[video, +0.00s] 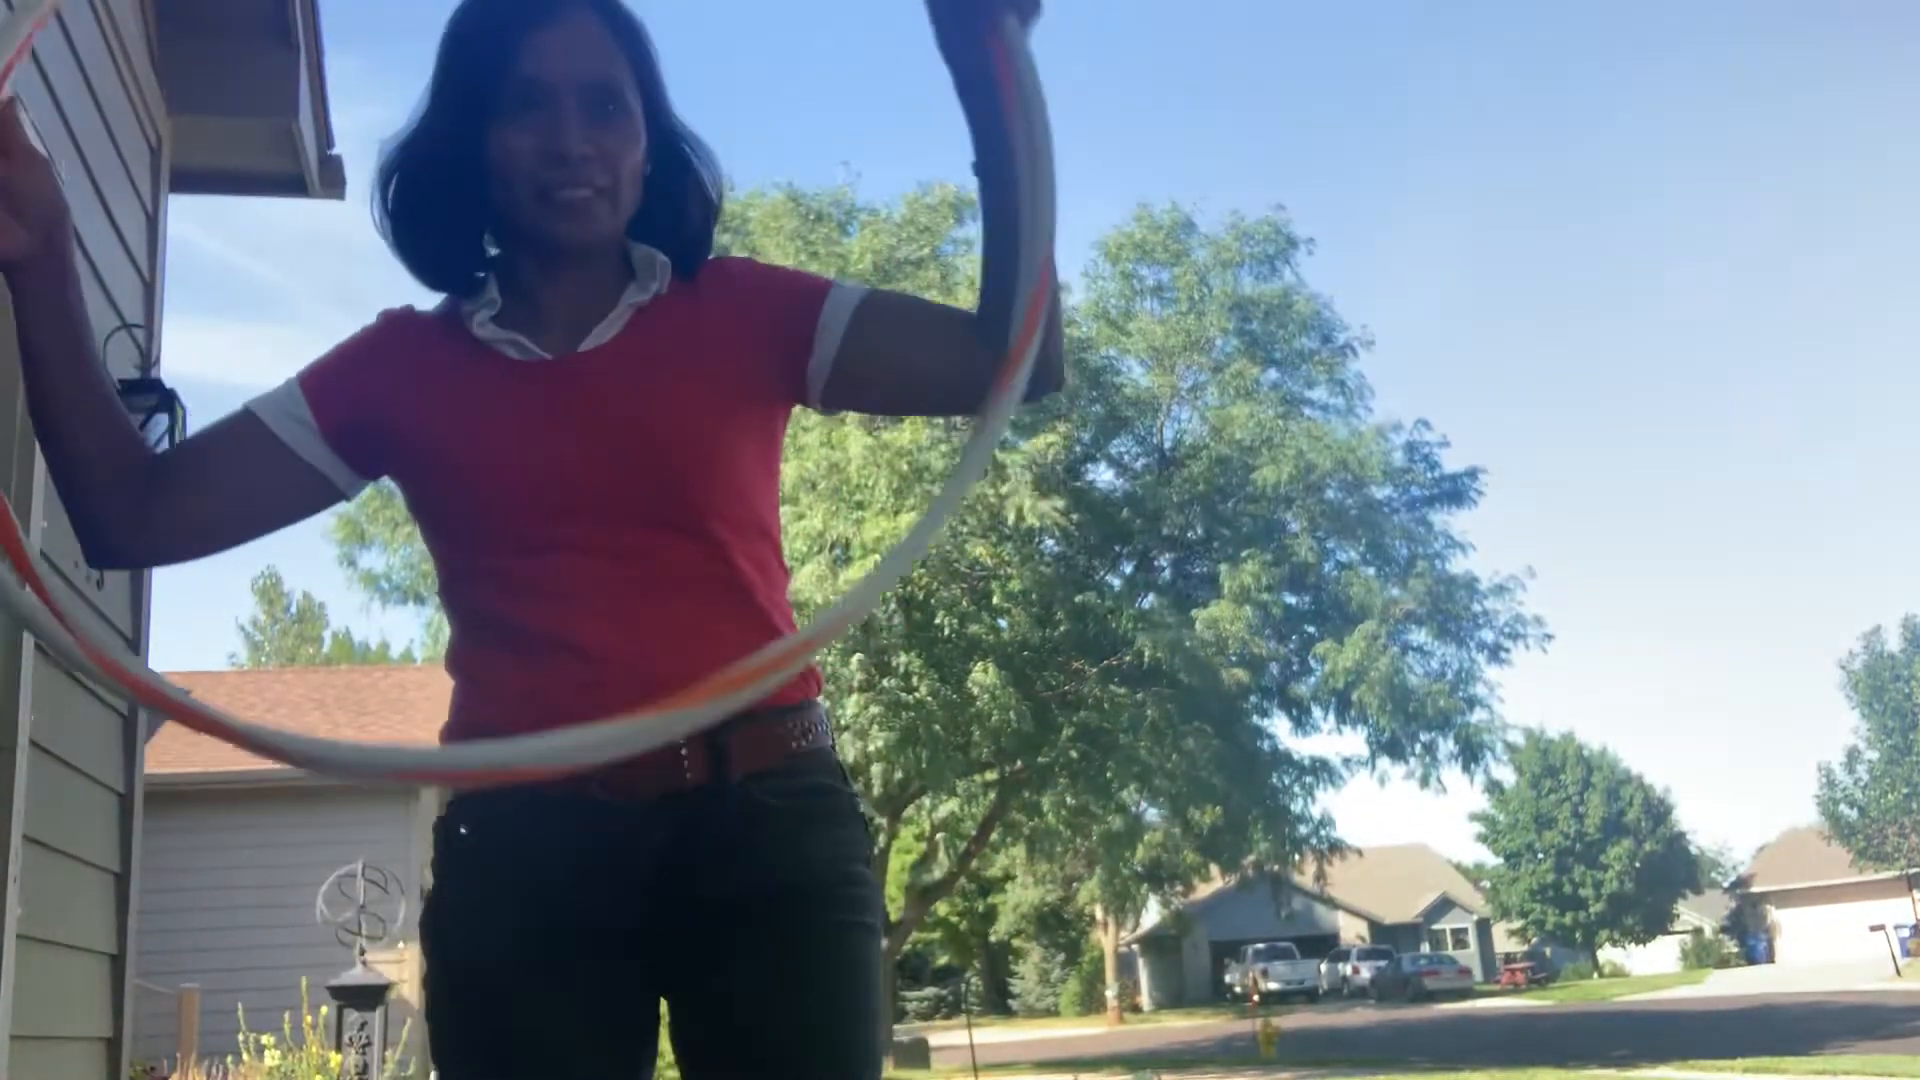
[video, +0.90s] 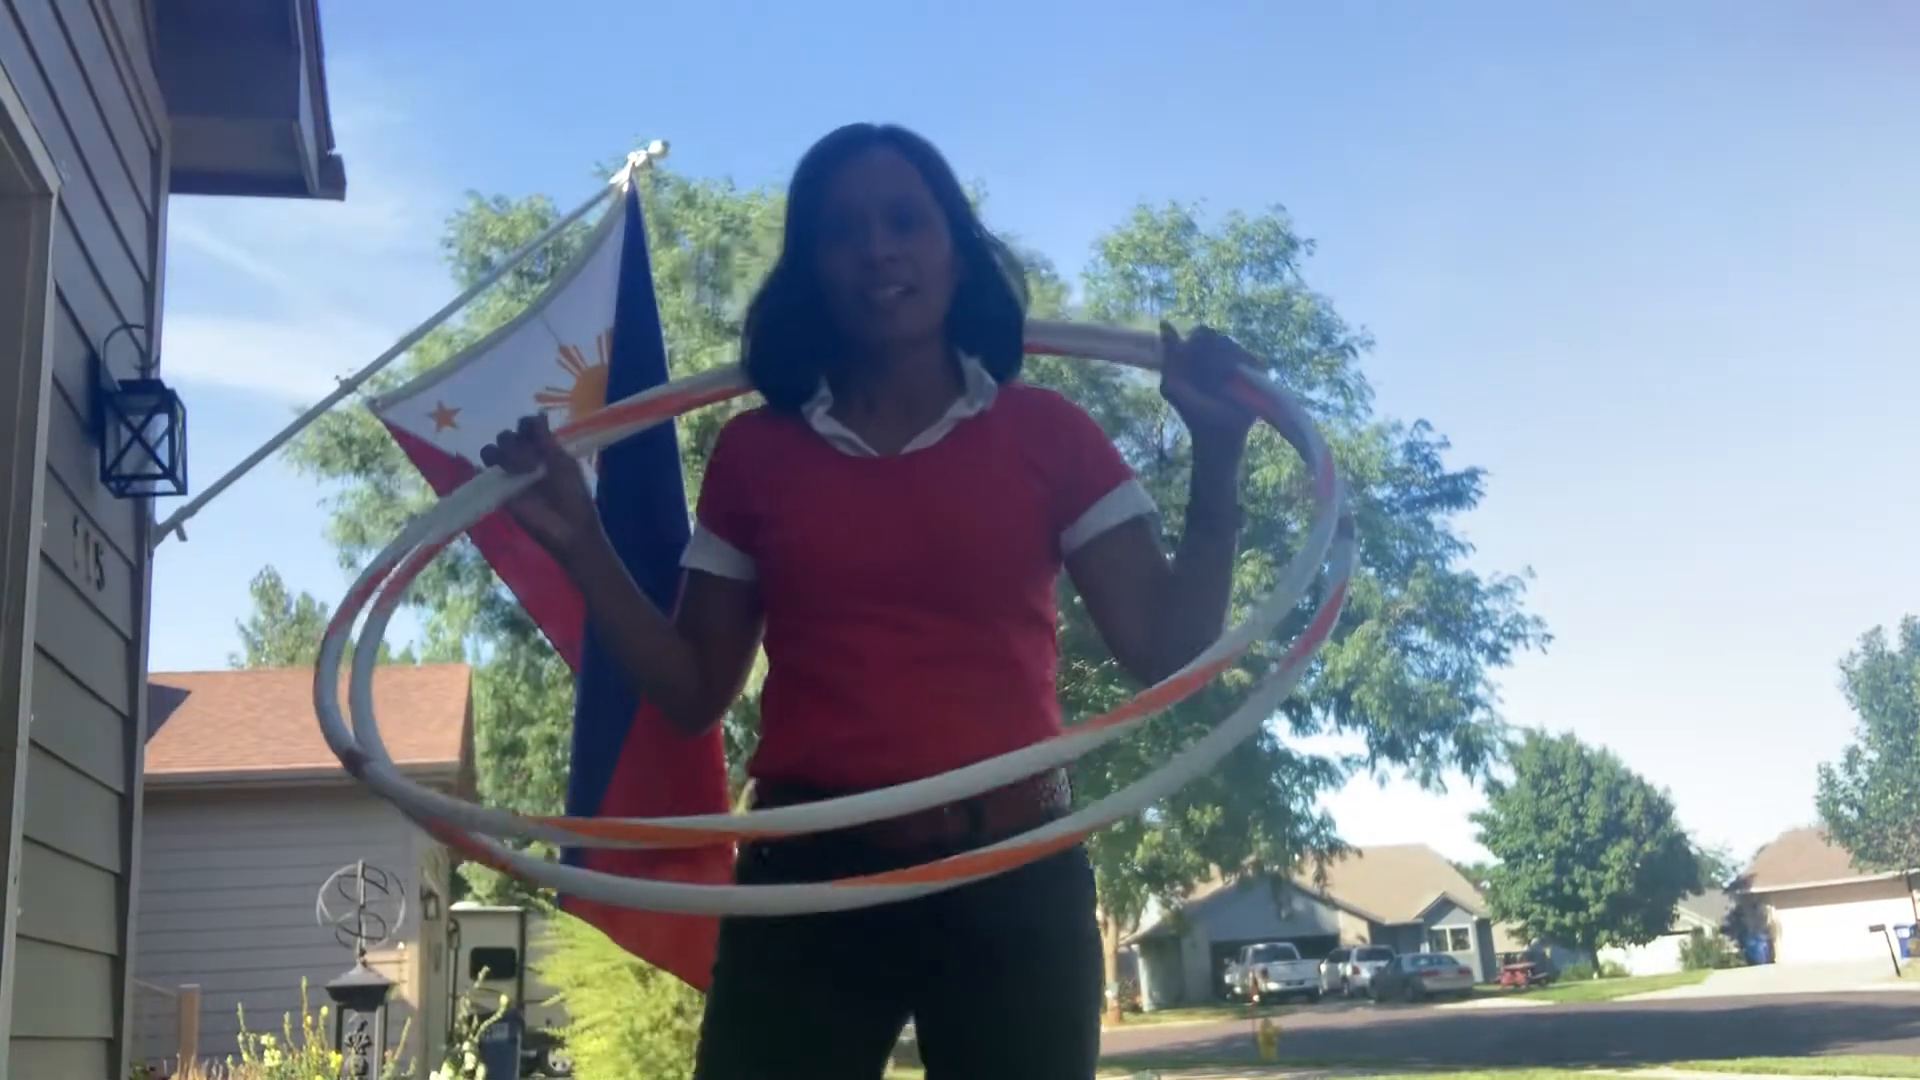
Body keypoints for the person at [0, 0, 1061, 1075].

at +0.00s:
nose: (572, 141)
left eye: (606, 104)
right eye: (528, 107)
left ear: (653, 136)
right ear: (469, 146)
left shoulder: (742, 315)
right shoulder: (401, 371)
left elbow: (1020, 360)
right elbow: (132, 518)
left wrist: (1000, 79)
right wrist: (37, 260)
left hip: (770, 829)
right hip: (528, 849)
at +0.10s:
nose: (565, 167)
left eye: (596, 129)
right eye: (523, 135)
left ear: (647, 150)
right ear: (471, 169)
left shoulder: (742, 317)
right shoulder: (422, 386)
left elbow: (1009, 318)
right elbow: (192, 566)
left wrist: (938, 79)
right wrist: (84, 336)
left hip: (772, 820)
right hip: (535, 845)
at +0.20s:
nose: (564, 179)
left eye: (595, 143)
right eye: (522, 151)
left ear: (650, 165)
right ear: (479, 191)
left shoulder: (755, 329)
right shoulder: (449, 402)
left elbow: (1013, 336)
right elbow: (271, 629)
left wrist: (922, 133)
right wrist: (151, 416)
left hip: (787, 827)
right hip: (550, 848)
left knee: (869, 1075)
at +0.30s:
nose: (581, 189)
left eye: (610, 154)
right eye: (540, 166)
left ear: (670, 182)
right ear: (498, 207)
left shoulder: (771, 342)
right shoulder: (480, 427)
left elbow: (1026, 397)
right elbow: (364, 671)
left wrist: (931, 191)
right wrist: (206, 480)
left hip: (808, 831)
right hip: (573, 850)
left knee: (891, 1071)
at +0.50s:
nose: (669, 227)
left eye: (696, 191)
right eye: (627, 208)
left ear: (753, 214)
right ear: (596, 254)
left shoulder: (862, 380)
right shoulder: (588, 456)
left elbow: (1067, 537)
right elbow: (515, 713)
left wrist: (1033, 317)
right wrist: (326, 582)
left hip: (885, 848)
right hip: (660, 852)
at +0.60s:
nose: (726, 240)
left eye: (754, 206)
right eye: (687, 222)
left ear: (812, 230)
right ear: (654, 269)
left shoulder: (921, 399)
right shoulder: (640, 460)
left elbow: (1102, 600)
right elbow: (583, 720)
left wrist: (1093, 363)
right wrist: (418, 576)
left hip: (933, 863)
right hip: (713, 868)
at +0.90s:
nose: (878, 250)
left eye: (905, 220)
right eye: (843, 231)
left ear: (958, 247)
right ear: (808, 269)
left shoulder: (1042, 432)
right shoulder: (759, 450)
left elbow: (1166, 645)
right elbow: (692, 691)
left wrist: (1218, 447)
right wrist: (576, 533)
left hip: (1013, 876)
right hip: (810, 881)